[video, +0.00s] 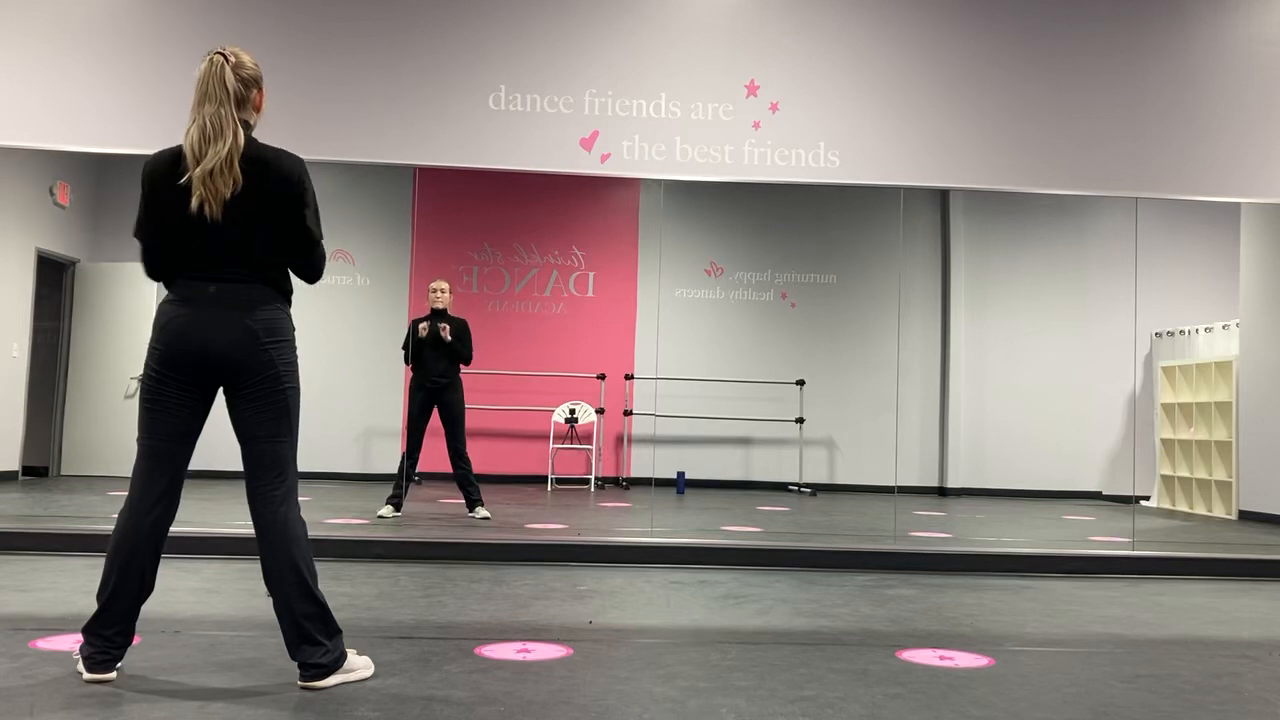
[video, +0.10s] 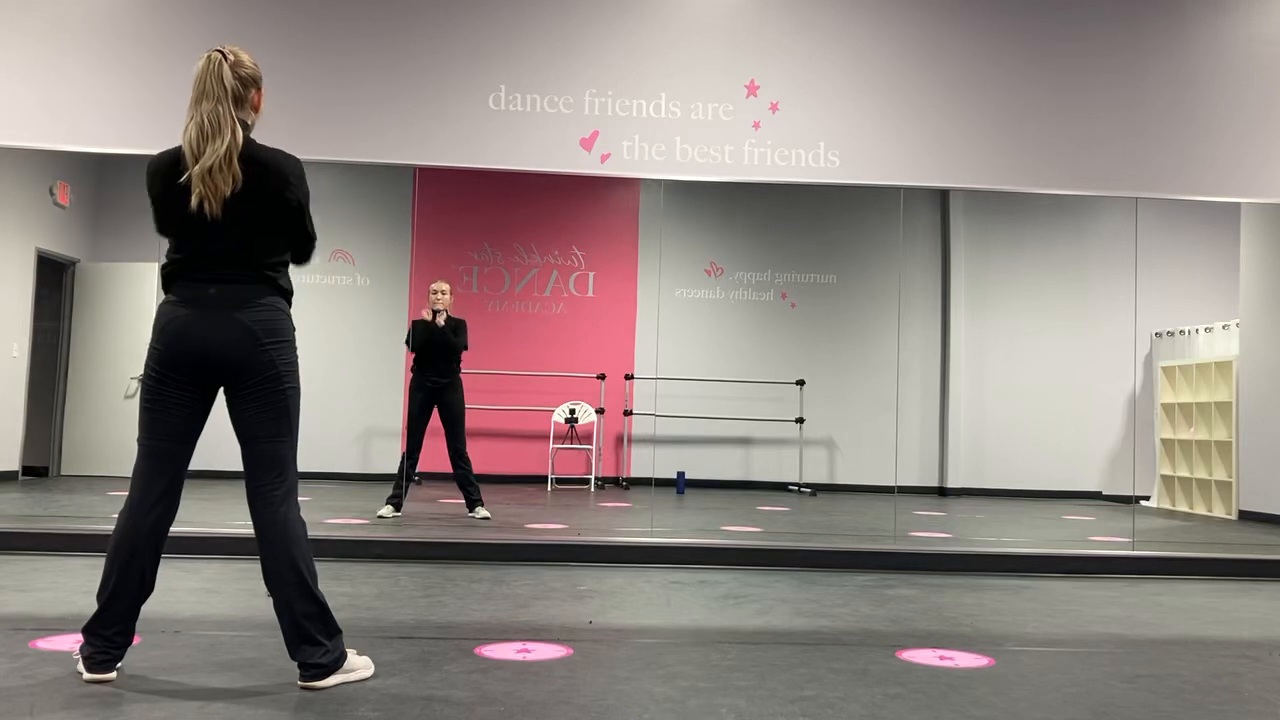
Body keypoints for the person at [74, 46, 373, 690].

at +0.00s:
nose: (266, 102)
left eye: (263, 92)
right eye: (264, 94)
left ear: (200, 96)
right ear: (253, 99)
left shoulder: (162, 168)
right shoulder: (285, 171)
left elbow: (154, 265)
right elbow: (311, 266)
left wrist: (207, 252)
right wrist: (271, 228)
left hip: (179, 326)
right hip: (260, 329)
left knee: (150, 488)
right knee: (274, 494)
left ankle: (101, 649)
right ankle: (319, 656)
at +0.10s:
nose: (266, 101)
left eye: (262, 90)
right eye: (263, 92)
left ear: (199, 95)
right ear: (251, 97)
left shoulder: (164, 168)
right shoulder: (282, 169)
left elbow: (170, 231)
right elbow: (303, 247)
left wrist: (235, 224)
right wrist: (245, 228)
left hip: (180, 322)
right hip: (259, 323)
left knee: (151, 487)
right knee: (274, 493)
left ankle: (101, 648)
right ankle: (319, 656)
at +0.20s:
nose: (264, 100)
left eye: (260, 89)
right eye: (261, 91)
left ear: (197, 95)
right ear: (249, 96)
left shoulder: (166, 159)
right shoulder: (276, 157)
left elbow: (193, 198)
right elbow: (292, 205)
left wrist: (233, 133)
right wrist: (261, 137)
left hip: (180, 323)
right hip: (259, 324)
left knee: (151, 487)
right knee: (275, 493)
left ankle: (102, 648)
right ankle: (319, 656)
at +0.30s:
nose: (264, 99)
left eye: (260, 88)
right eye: (261, 91)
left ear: (199, 94)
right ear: (250, 97)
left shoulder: (168, 150)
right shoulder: (273, 157)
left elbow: (199, 132)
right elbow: (295, 133)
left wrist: (229, 75)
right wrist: (275, 77)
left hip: (181, 321)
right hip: (259, 321)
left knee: (151, 487)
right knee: (275, 492)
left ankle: (101, 648)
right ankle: (319, 656)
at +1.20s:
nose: (267, 100)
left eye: (260, 90)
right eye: (264, 91)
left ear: (203, 97)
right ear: (257, 98)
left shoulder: (178, 150)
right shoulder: (280, 149)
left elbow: (143, 69)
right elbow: (331, 72)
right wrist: (366, 3)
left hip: (183, 320)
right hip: (262, 321)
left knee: (151, 489)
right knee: (275, 496)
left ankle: (103, 648)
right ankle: (319, 657)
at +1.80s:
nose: (266, 101)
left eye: (261, 92)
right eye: (262, 93)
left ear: (204, 98)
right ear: (252, 99)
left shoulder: (170, 156)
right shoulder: (283, 156)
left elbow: (86, 118)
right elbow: (367, 122)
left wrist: (4, 62)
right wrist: (445, 76)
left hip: (184, 315)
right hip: (263, 316)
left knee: (151, 489)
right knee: (275, 495)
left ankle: (102, 649)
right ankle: (319, 657)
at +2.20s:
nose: (264, 101)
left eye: (260, 93)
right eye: (262, 93)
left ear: (199, 98)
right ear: (252, 98)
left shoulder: (166, 163)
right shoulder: (280, 163)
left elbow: (77, 176)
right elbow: (370, 177)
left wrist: (3, 176)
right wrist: (468, 178)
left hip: (180, 318)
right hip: (258, 318)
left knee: (150, 489)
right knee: (274, 492)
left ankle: (101, 649)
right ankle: (319, 656)